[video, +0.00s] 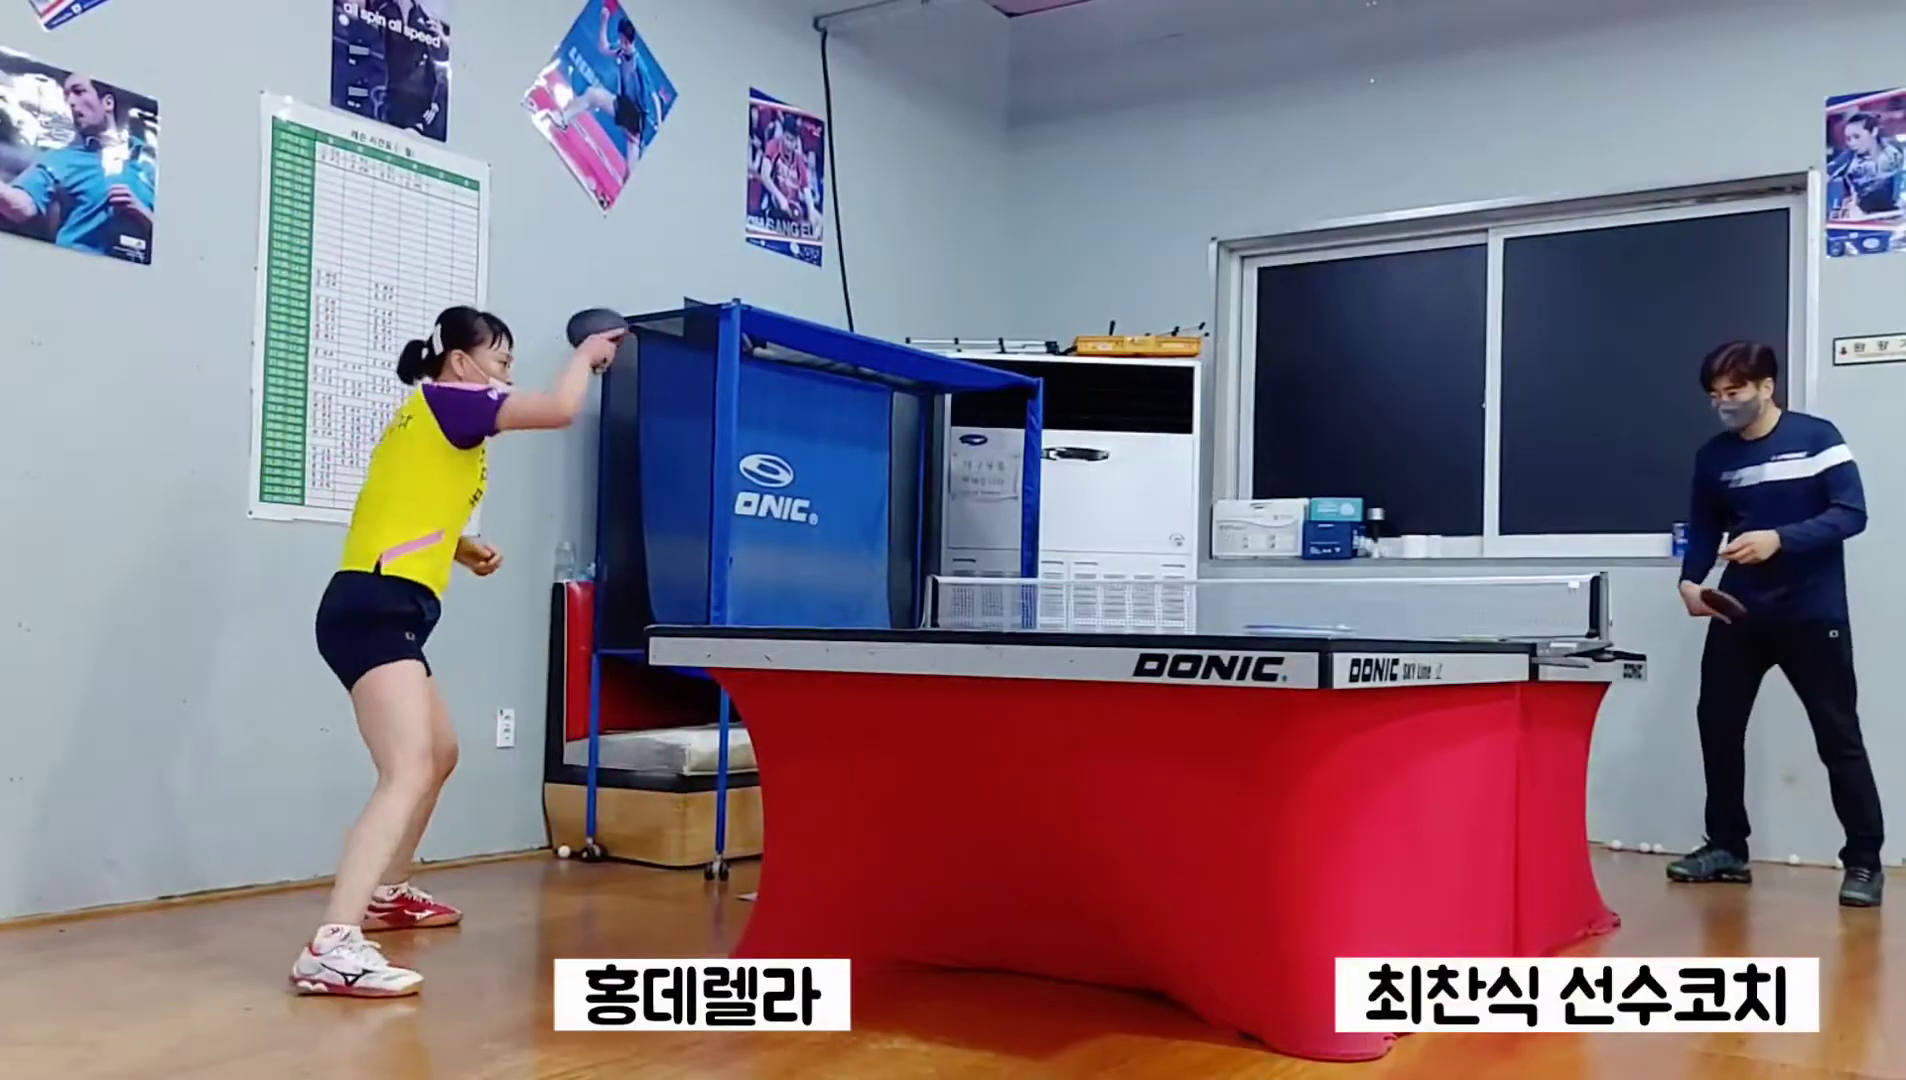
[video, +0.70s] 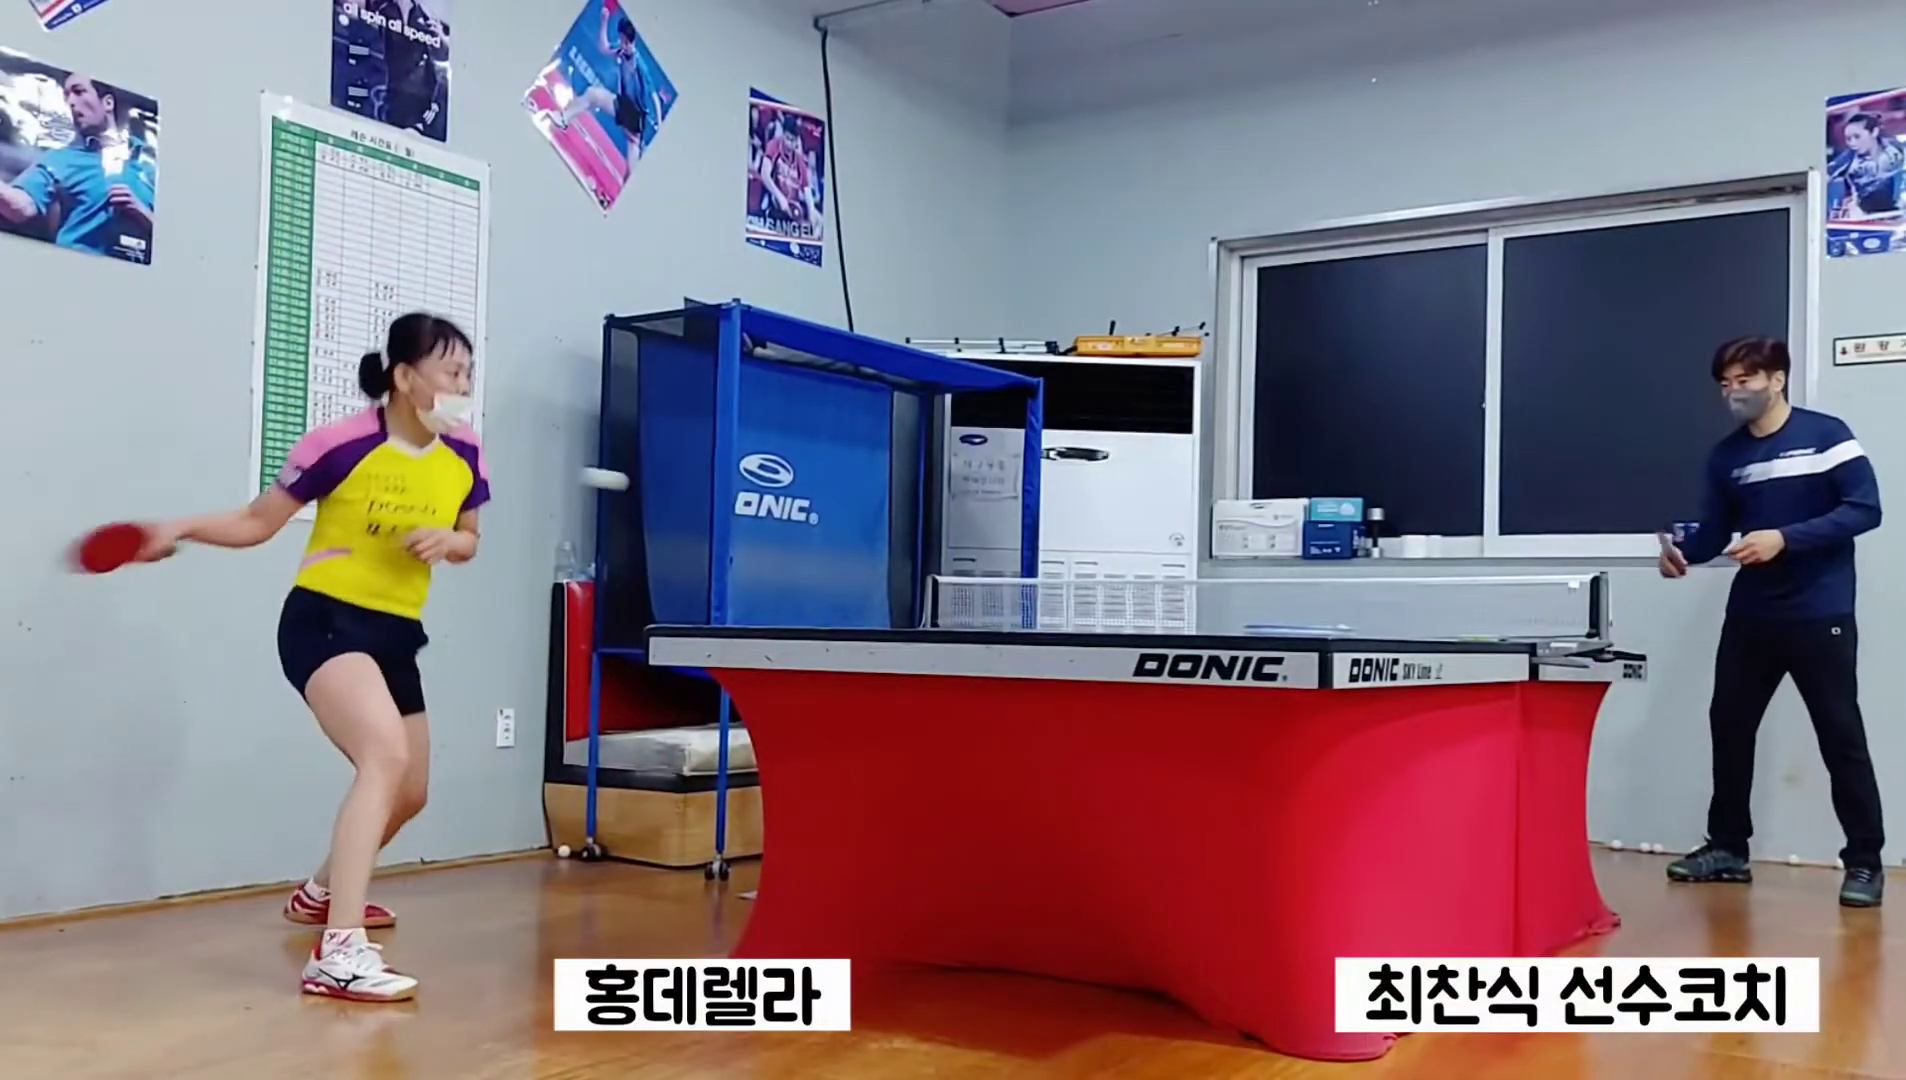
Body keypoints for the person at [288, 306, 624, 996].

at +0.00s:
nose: (507, 371)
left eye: (508, 362)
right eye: (498, 358)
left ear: (456, 361)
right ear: (459, 355)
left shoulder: (438, 417)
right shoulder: (445, 401)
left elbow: (404, 506)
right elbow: (562, 408)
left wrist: (459, 546)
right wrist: (583, 355)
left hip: (385, 611)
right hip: (371, 609)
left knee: (438, 754)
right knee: (407, 770)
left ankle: (384, 889)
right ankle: (332, 942)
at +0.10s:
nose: (504, 377)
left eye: (504, 365)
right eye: (495, 363)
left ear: (447, 367)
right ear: (455, 365)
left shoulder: (410, 421)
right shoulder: (449, 415)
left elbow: (391, 507)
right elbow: (562, 451)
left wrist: (449, 554)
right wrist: (586, 402)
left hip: (361, 614)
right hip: (363, 616)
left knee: (425, 764)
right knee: (417, 780)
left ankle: (379, 889)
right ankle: (331, 946)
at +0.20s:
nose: (498, 355)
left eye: (498, 342)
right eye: (490, 341)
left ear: (447, 345)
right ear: (451, 343)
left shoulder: (426, 402)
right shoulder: (432, 398)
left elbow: (387, 500)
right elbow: (495, 493)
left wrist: (455, 533)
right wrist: (564, 480)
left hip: (378, 608)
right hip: (355, 607)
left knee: (410, 762)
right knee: (398, 768)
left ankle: (374, 885)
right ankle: (331, 945)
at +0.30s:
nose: (492, 352)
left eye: (491, 340)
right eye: (482, 339)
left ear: (452, 349)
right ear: (441, 347)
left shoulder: (455, 423)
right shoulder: (395, 413)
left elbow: (422, 514)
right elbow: (362, 524)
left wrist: (468, 523)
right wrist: (456, 571)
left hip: (402, 613)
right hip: (340, 607)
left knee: (415, 773)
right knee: (392, 760)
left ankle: (335, 880)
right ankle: (341, 948)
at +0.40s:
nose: (476, 392)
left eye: (477, 379)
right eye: (466, 378)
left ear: (437, 390)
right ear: (421, 388)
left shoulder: (474, 464)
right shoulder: (352, 462)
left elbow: (481, 539)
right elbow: (282, 557)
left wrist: (474, 554)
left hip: (407, 648)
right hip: (331, 636)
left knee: (417, 812)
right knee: (401, 761)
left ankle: (324, 886)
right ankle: (341, 947)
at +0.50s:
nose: (459, 431)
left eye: (462, 417)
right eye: (446, 418)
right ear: (399, 429)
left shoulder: (471, 495)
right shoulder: (336, 495)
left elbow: (487, 586)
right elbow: (239, 569)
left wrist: (450, 586)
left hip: (410, 670)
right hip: (330, 654)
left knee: (418, 834)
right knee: (400, 762)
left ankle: (322, 892)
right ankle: (341, 952)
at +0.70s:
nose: (459, 386)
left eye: (464, 373)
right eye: (448, 372)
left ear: (462, 380)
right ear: (402, 376)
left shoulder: (462, 453)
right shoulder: (342, 444)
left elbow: (468, 543)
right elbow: (257, 522)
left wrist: (447, 542)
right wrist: (180, 529)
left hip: (394, 634)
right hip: (323, 619)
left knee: (409, 793)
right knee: (383, 756)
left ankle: (321, 890)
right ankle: (340, 949)